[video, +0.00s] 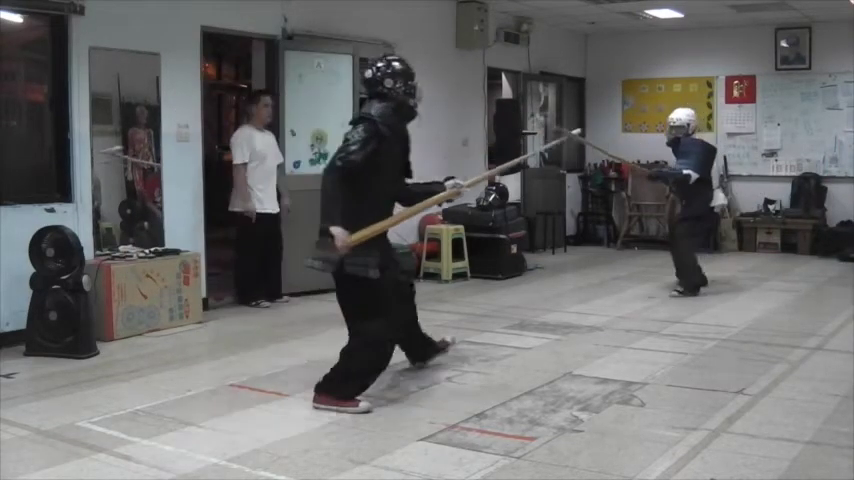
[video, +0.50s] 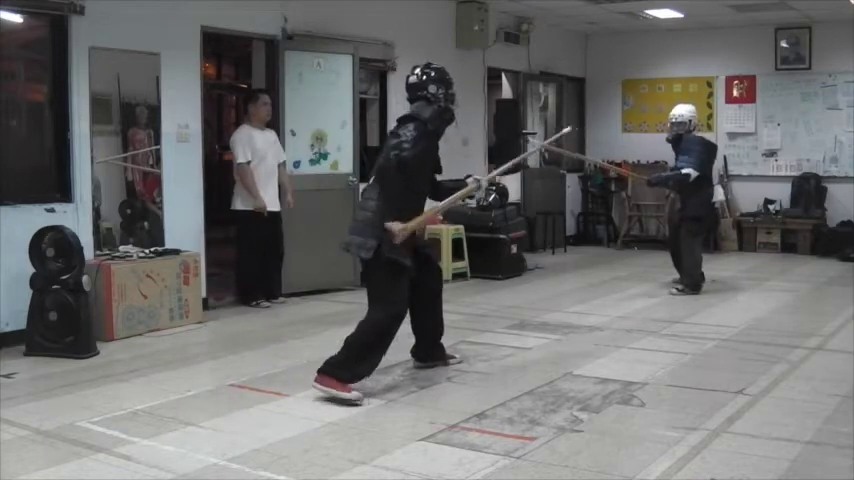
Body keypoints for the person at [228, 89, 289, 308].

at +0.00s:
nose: (270, 111)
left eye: (271, 106)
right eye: (265, 106)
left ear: (270, 110)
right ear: (252, 109)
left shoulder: (269, 136)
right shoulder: (242, 135)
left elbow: (272, 172)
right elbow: (239, 171)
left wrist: (282, 196)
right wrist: (246, 201)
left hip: (270, 206)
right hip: (250, 207)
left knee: (273, 252)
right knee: (250, 254)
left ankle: (273, 292)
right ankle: (249, 295)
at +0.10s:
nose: (268, 110)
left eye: (270, 106)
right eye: (264, 106)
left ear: (270, 110)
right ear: (251, 109)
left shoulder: (269, 136)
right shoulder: (241, 136)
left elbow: (272, 172)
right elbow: (240, 172)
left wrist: (285, 192)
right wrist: (255, 200)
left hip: (269, 207)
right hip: (247, 208)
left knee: (271, 253)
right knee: (249, 254)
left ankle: (273, 292)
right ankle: (249, 295)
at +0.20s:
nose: (268, 110)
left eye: (269, 107)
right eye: (263, 106)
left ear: (269, 110)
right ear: (250, 109)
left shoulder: (268, 137)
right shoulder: (240, 135)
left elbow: (277, 168)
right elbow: (241, 170)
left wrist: (290, 188)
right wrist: (259, 196)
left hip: (269, 206)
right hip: (246, 208)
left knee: (273, 250)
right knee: (249, 252)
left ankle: (273, 292)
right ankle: (249, 295)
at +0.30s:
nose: (267, 110)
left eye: (269, 107)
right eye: (263, 106)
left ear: (269, 110)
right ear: (250, 109)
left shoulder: (268, 136)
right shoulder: (240, 135)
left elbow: (277, 167)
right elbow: (242, 170)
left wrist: (290, 188)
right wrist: (261, 196)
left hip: (269, 206)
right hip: (247, 208)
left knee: (273, 250)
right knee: (250, 252)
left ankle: (273, 292)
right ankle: (249, 296)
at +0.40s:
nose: (268, 109)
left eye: (269, 106)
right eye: (264, 105)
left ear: (269, 109)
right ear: (250, 108)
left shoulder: (269, 135)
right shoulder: (241, 135)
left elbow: (277, 167)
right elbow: (242, 169)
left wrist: (287, 188)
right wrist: (260, 197)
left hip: (270, 206)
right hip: (248, 208)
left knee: (273, 250)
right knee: (250, 252)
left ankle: (272, 292)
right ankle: (250, 295)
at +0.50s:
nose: (269, 109)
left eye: (270, 105)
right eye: (264, 105)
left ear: (270, 108)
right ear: (251, 108)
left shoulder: (271, 135)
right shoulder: (241, 135)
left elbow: (280, 165)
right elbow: (242, 168)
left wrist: (287, 190)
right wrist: (257, 198)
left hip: (271, 206)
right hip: (249, 208)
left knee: (274, 252)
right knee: (251, 253)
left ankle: (272, 292)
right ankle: (251, 295)